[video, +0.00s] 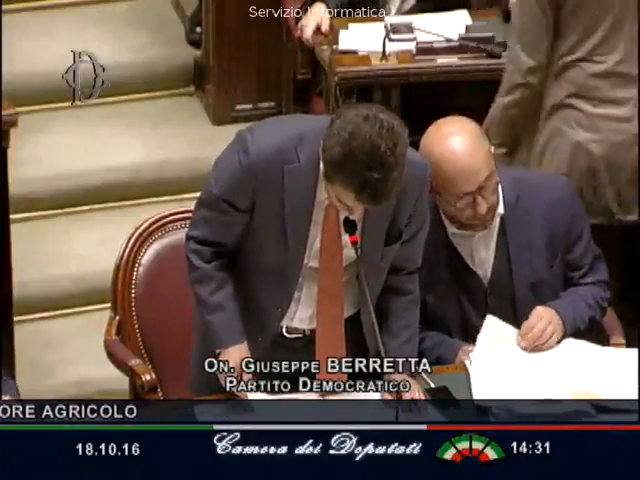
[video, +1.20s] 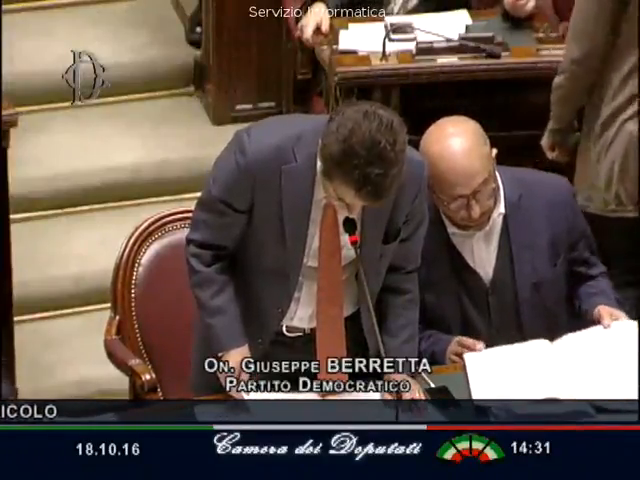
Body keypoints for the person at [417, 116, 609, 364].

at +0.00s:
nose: (481, 207)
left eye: (486, 186)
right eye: (463, 199)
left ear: (493, 158)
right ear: (432, 189)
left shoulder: (552, 197)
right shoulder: (409, 225)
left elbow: (594, 284)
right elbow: (402, 327)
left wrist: (561, 315)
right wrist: (455, 353)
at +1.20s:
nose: (473, 211)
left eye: (481, 192)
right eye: (455, 200)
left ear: (493, 157)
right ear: (429, 185)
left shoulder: (552, 197)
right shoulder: (407, 221)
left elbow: (586, 271)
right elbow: (394, 324)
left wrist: (601, 305)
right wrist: (441, 348)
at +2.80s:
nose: (475, 208)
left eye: (482, 189)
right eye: (457, 198)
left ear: (494, 158)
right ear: (430, 184)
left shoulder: (553, 194)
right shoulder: (409, 219)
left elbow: (595, 278)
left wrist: (568, 304)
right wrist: (440, 345)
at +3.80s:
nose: (469, 211)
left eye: (479, 191)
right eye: (452, 199)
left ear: (491, 159)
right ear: (425, 186)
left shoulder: (550, 197)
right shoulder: (407, 222)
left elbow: (591, 282)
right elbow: (398, 327)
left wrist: (580, 317)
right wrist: (438, 346)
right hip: (454, 380)